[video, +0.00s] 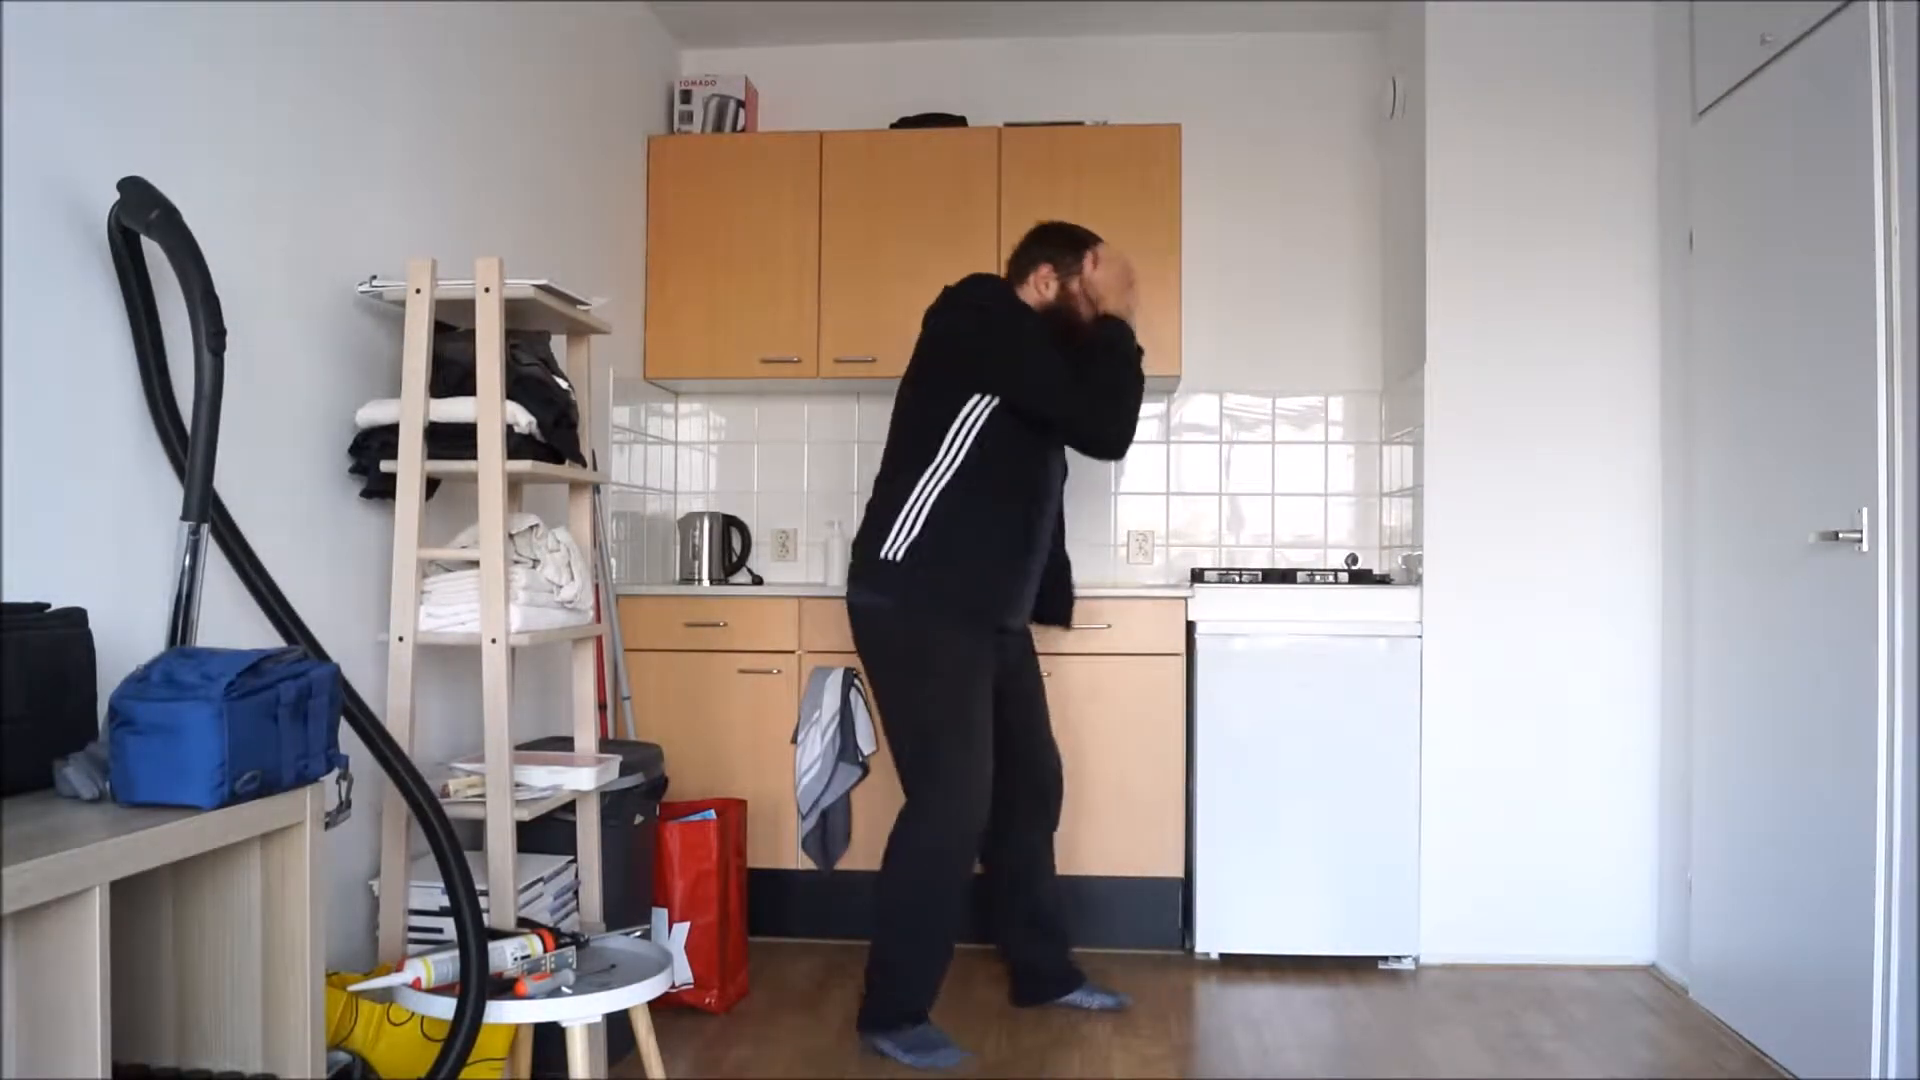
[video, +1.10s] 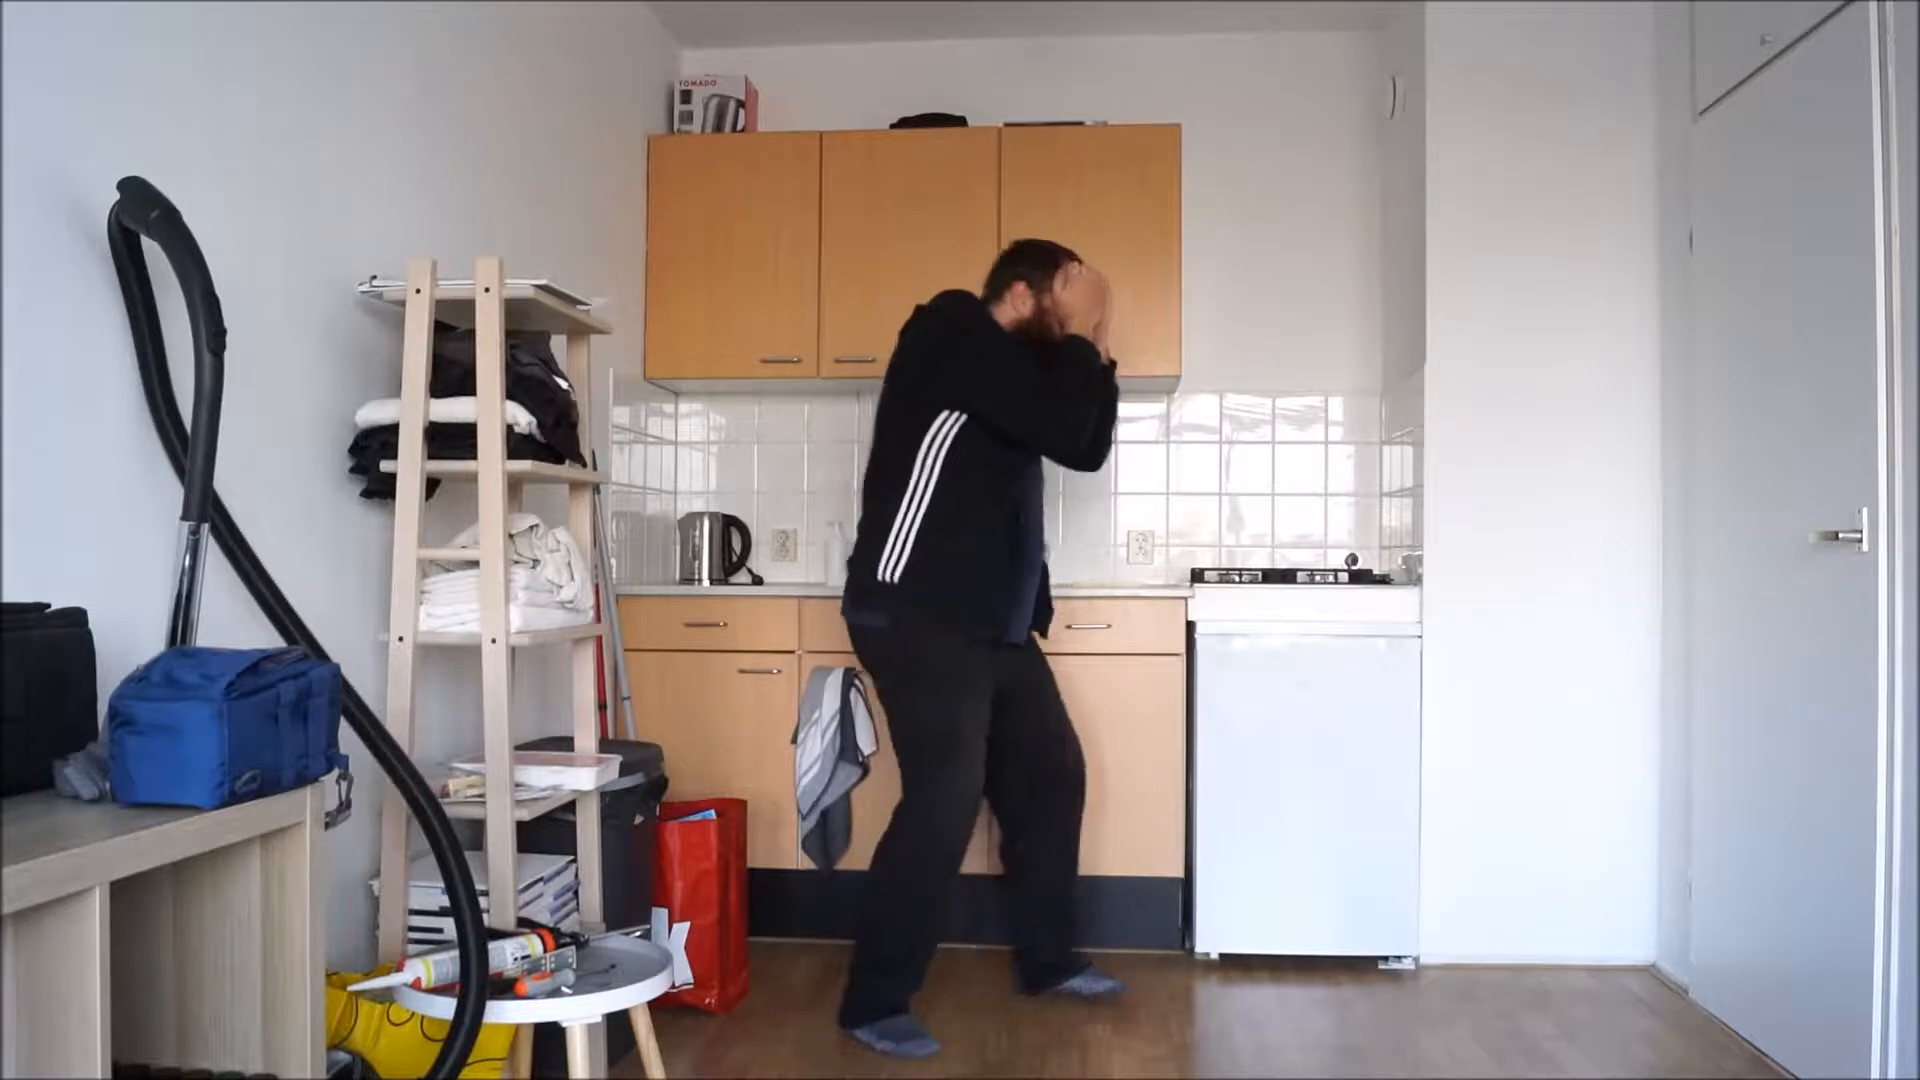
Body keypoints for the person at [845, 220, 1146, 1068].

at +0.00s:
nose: (1101, 310)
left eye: (1102, 297)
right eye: (1093, 294)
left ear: (1041, 283)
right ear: (1044, 282)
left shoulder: (1028, 338)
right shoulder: (979, 315)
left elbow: (1101, 428)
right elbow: (1105, 425)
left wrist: (1103, 335)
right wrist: (1117, 326)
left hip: (985, 609)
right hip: (914, 604)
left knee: (1028, 786)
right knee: (950, 799)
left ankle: (1041, 976)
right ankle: (891, 1014)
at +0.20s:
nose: (1089, 371)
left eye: (1090, 357)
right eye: (1083, 354)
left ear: (1039, 347)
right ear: (1044, 345)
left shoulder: (1028, 409)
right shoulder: (975, 381)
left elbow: (1097, 481)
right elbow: (1097, 475)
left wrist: (1099, 396)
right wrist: (1107, 390)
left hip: (980, 657)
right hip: (902, 654)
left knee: (1062, 780)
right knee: (970, 834)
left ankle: (1043, 975)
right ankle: (862, 1017)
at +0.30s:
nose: (1109, 428)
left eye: (1113, 415)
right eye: (1105, 412)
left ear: (1051, 397)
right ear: (1057, 396)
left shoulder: (1028, 444)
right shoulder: (986, 420)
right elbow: (1085, 541)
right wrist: (1115, 446)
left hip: (964, 672)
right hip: (880, 670)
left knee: (1059, 781)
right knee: (967, 837)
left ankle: (1042, 977)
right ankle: (860, 1019)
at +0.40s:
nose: (1090, 439)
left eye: (1095, 428)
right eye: (1089, 424)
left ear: (1047, 405)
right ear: (1051, 404)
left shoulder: (1016, 444)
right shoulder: (978, 429)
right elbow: (1076, 547)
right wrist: (1111, 453)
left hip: (953, 669)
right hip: (870, 666)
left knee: (1051, 780)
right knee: (958, 835)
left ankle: (1042, 977)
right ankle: (859, 1020)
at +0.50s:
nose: (1090, 406)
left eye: (1092, 394)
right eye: (1086, 391)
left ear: (1037, 379)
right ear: (1039, 373)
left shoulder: (1017, 425)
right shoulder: (969, 395)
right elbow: (1078, 510)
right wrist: (1102, 414)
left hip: (959, 658)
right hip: (874, 653)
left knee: (1043, 776)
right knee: (951, 826)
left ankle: (1041, 975)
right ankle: (860, 1018)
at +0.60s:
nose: (1069, 340)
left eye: (1070, 327)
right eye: (1061, 326)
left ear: (1011, 314)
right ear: (1014, 312)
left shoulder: (996, 368)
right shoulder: (947, 342)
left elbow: (1075, 454)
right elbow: (1075, 443)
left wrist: (1072, 366)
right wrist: (1076, 354)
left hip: (965, 632)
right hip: (889, 630)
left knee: (1028, 775)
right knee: (932, 812)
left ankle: (1032, 970)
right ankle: (858, 1017)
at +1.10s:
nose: (1071, 326)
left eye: (1075, 313)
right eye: (1067, 311)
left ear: (1021, 302)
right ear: (1022, 297)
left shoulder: (1003, 357)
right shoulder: (952, 329)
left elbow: (1083, 446)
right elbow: (1064, 427)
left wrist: (1097, 355)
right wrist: (1080, 338)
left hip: (992, 623)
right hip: (918, 618)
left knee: (1049, 778)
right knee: (943, 797)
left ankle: (1046, 962)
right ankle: (873, 1004)